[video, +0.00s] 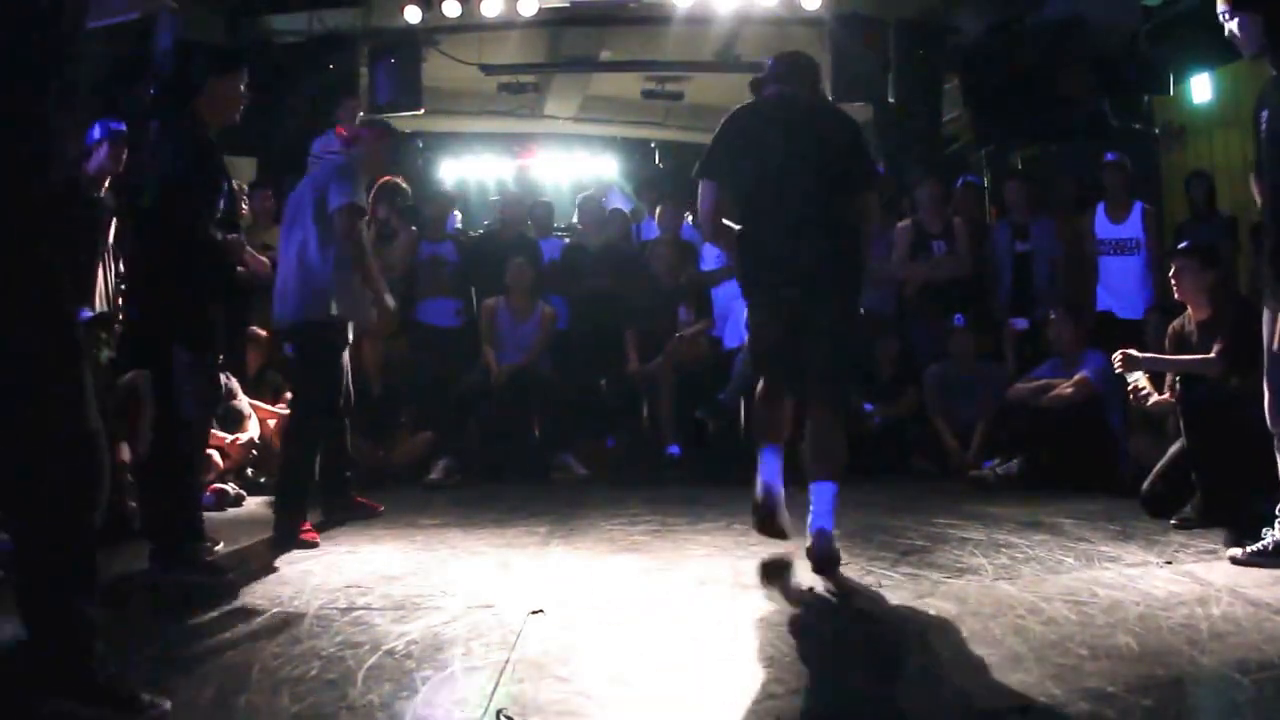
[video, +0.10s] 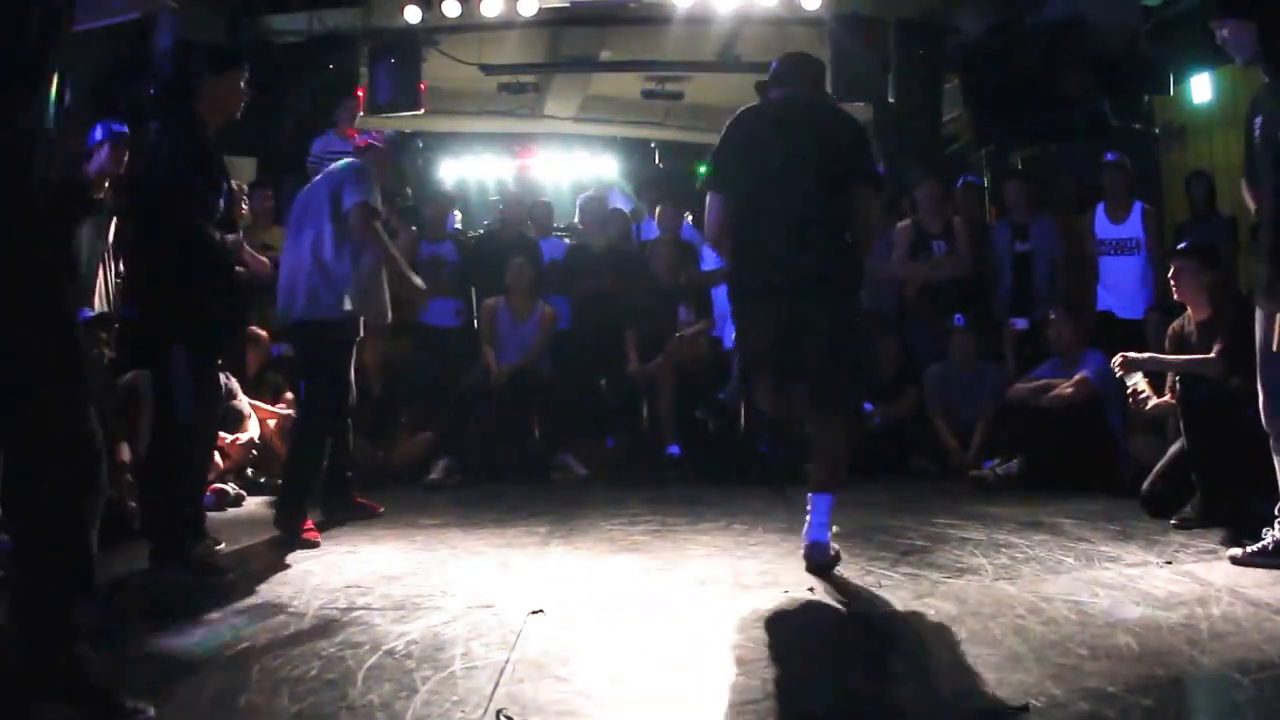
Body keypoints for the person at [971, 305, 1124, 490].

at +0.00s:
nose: (1052, 333)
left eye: (1059, 326)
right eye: (1051, 327)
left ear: (1075, 329)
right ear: (1049, 332)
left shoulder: (1095, 360)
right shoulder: (1055, 364)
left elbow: (1073, 393)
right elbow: (1013, 393)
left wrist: (1035, 400)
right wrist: (1059, 383)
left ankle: (1021, 463)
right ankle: (1003, 459)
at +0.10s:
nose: (1053, 333)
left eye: (1059, 326)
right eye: (1051, 327)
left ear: (1075, 329)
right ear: (1049, 332)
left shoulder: (1094, 360)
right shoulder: (1055, 363)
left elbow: (1074, 393)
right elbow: (1012, 393)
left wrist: (1037, 400)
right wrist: (1058, 383)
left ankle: (1022, 463)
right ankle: (1003, 459)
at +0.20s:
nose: (1053, 333)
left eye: (1059, 326)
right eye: (1051, 327)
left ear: (1075, 330)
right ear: (1048, 332)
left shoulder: (1093, 359)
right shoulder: (1054, 363)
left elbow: (1074, 392)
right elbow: (1013, 393)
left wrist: (1036, 400)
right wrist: (1058, 383)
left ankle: (1021, 464)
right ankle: (1003, 459)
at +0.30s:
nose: (1053, 333)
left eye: (1060, 326)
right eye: (1051, 327)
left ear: (1075, 329)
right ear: (1048, 332)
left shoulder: (1094, 359)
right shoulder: (1054, 363)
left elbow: (1071, 394)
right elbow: (1012, 393)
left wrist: (1034, 398)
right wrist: (1057, 383)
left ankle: (1019, 464)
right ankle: (1003, 459)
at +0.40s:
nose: (1054, 334)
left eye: (1060, 328)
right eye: (1052, 328)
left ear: (1075, 330)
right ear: (1048, 332)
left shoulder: (1094, 359)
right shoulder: (1054, 363)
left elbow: (1073, 393)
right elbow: (1012, 393)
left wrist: (1035, 399)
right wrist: (1057, 383)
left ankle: (1020, 463)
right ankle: (1004, 459)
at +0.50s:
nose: (1054, 334)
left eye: (1060, 328)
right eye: (1052, 329)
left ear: (1076, 330)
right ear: (1049, 332)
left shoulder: (1094, 359)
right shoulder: (1054, 362)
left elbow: (1073, 393)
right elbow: (1011, 393)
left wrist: (1035, 400)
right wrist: (1051, 384)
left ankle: (1022, 462)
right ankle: (1008, 458)